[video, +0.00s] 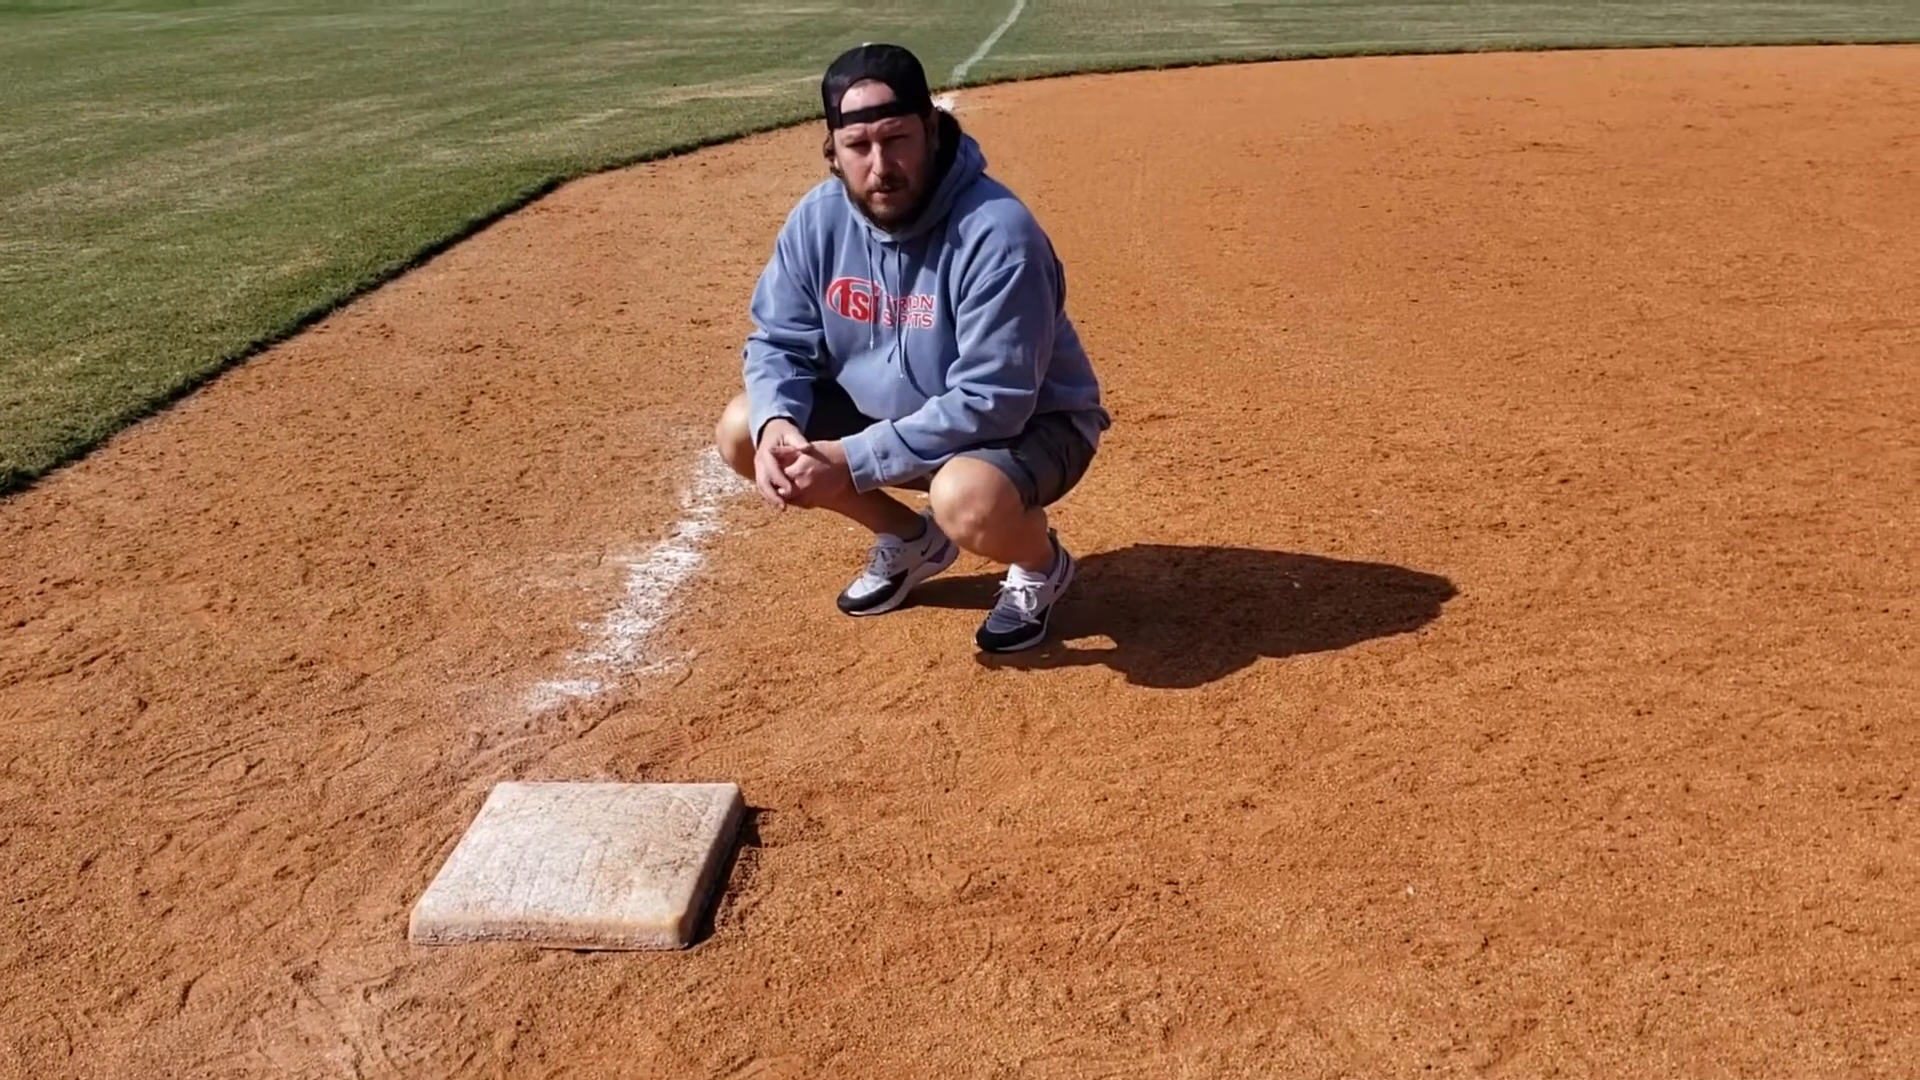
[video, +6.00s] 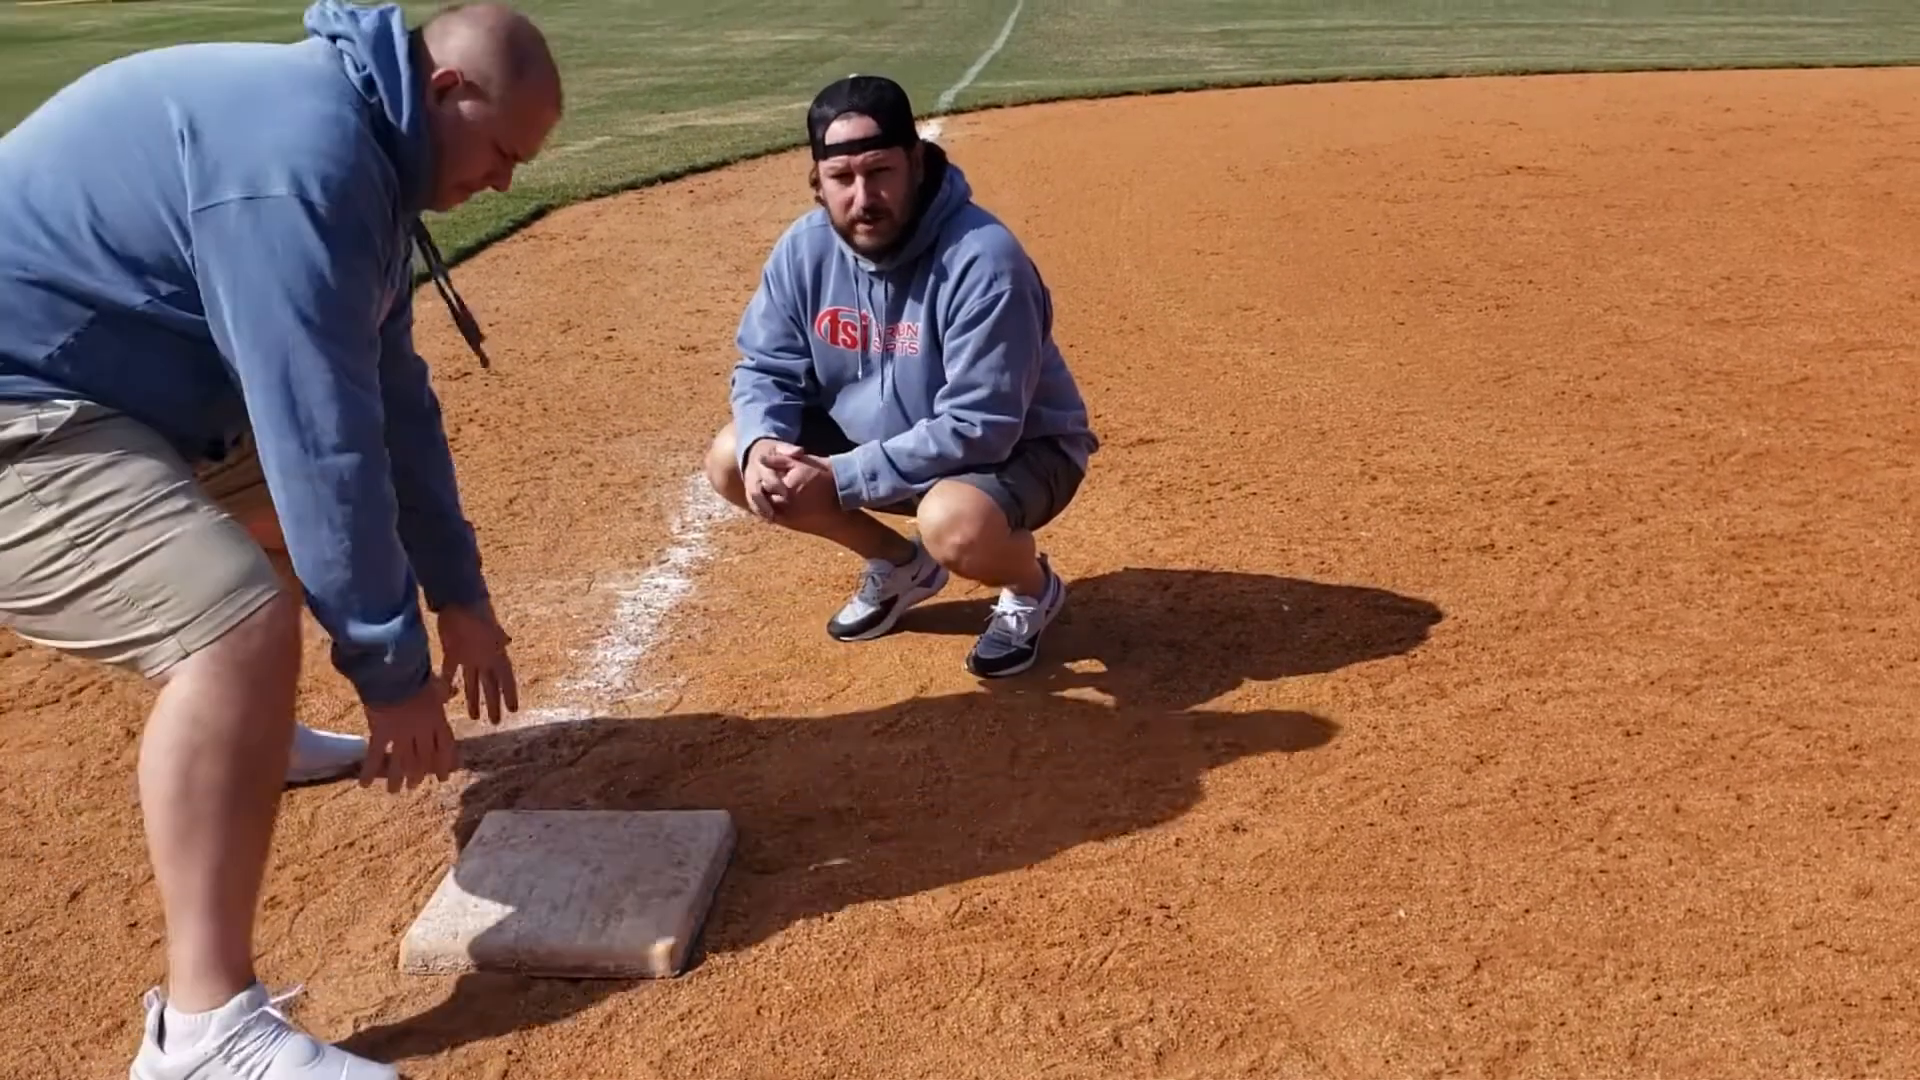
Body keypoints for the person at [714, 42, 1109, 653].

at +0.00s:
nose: (880, 168)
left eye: (897, 139)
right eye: (857, 146)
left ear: (932, 129)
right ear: (833, 151)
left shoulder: (997, 237)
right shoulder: (817, 220)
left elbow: (991, 404)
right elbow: (778, 340)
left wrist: (854, 460)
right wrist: (777, 422)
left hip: (1035, 422)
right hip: (897, 414)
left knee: (965, 499)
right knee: (742, 431)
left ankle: (1043, 566)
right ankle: (909, 538)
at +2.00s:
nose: (869, 181)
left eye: (885, 152)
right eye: (847, 159)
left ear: (923, 140)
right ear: (826, 164)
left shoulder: (992, 246)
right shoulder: (813, 232)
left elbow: (987, 413)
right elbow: (773, 348)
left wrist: (849, 473)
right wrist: (765, 409)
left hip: (1028, 434)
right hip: (891, 427)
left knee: (961, 510)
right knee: (742, 449)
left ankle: (1038, 577)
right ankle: (906, 549)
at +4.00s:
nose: (866, 188)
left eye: (884, 161)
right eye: (845, 165)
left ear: (922, 153)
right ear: (823, 168)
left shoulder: (989, 256)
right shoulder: (808, 240)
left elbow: (983, 421)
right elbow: (769, 354)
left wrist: (846, 473)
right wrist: (767, 428)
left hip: (1024, 441)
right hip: (888, 435)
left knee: (957, 516)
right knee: (737, 454)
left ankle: (1035, 584)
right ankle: (901, 555)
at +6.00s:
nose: (863, 198)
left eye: (880, 172)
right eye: (840, 177)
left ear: (918, 163)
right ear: (818, 181)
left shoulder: (984, 264)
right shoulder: (804, 250)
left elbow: (978, 430)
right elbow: (766, 367)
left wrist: (841, 479)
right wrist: (762, 443)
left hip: (1022, 448)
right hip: (885, 441)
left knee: (953, 523)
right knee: (734, 461)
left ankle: (1034, 589)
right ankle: (899, 563)